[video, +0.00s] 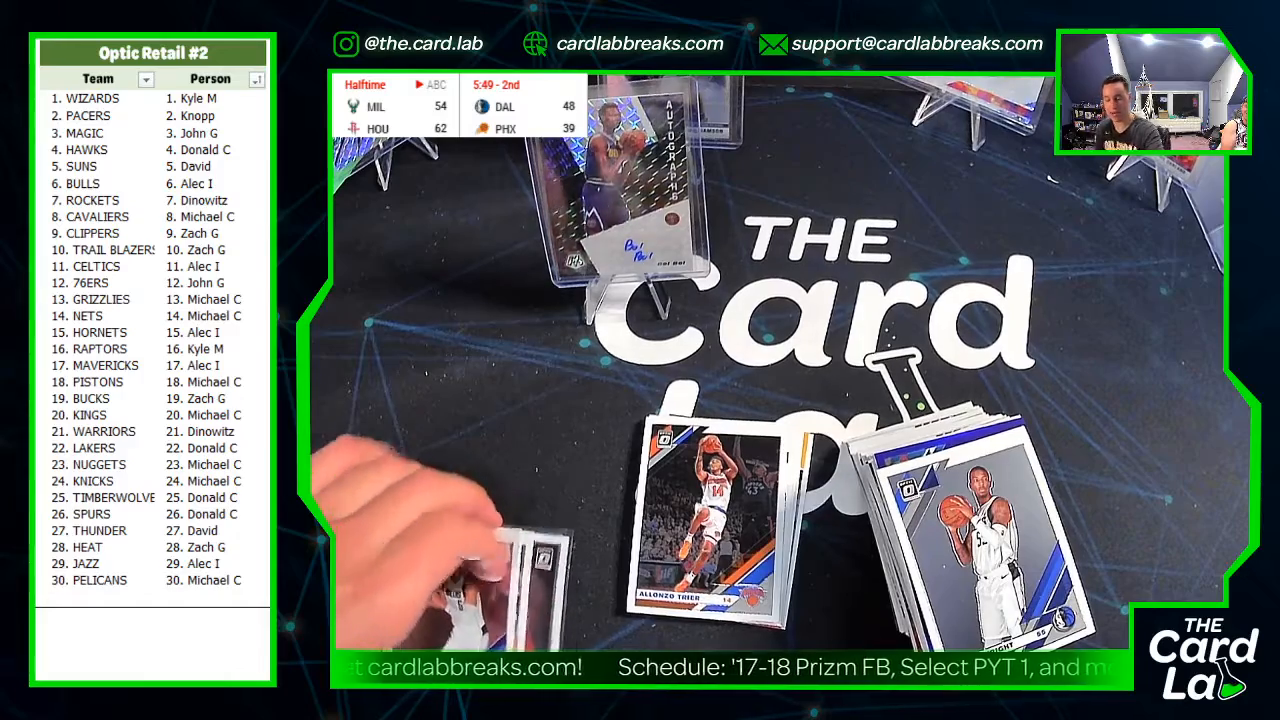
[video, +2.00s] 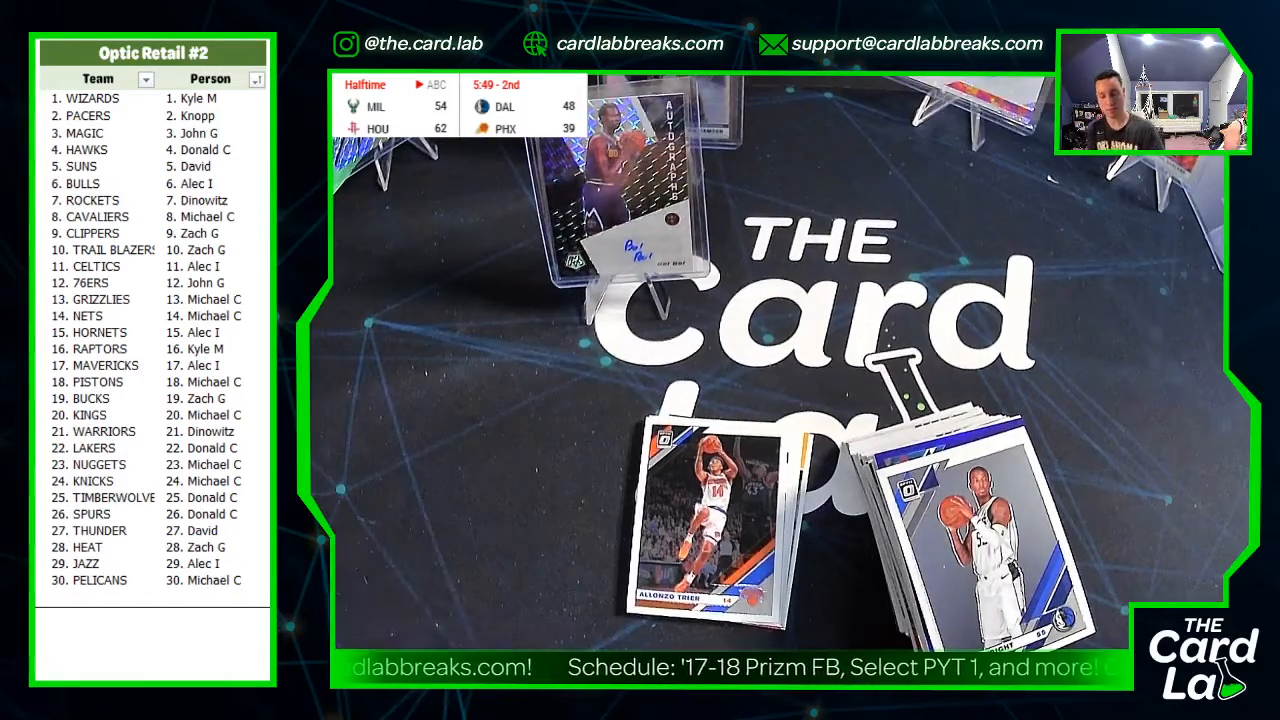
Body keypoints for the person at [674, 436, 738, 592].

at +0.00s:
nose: (714, 464)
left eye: (717, 462)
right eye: (713, 462)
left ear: (721, 465)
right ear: (709, 465)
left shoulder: (727, 476)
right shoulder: (706, 477)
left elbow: (734, 469)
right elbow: (699, 471)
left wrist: (721, 452)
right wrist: (700, 451)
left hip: (720, 513)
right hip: (706, 507)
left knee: (707, 550)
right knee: (704, 512)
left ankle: (688, 579)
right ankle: (688, 540)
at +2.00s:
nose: (714, 463)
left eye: (717, 462)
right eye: (712, 461)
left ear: (721, 466)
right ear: (709, 465)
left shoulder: (727, 476)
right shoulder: (705, 477)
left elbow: (734, 469)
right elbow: (698, 471)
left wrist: (721, 452)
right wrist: (700, 450)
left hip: (720, 512)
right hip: (705, 507)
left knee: (707, 550)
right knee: (705, 512)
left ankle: (688, 580)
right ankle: (688, 540)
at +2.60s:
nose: (714, 464)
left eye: (717, 462)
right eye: (713, 462)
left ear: (721, 465)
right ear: (709, 465)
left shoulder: (727, 476)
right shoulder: (705, 477)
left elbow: (734, 469)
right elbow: (698, 471)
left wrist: (722, 452)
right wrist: (700, 451)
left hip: (720, 513)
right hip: (706, 507)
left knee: (707, 550)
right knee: (705, 512)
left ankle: (688, 580)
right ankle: (688, 540)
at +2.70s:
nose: (714, 464)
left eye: (717, 462)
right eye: (712, 462)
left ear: (721, 465)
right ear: (709, 464)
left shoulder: (726, 476)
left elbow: (734, 468)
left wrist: (722, 453)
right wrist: (700, 449)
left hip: (719, 510)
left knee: (708, 544)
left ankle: (708, 576)